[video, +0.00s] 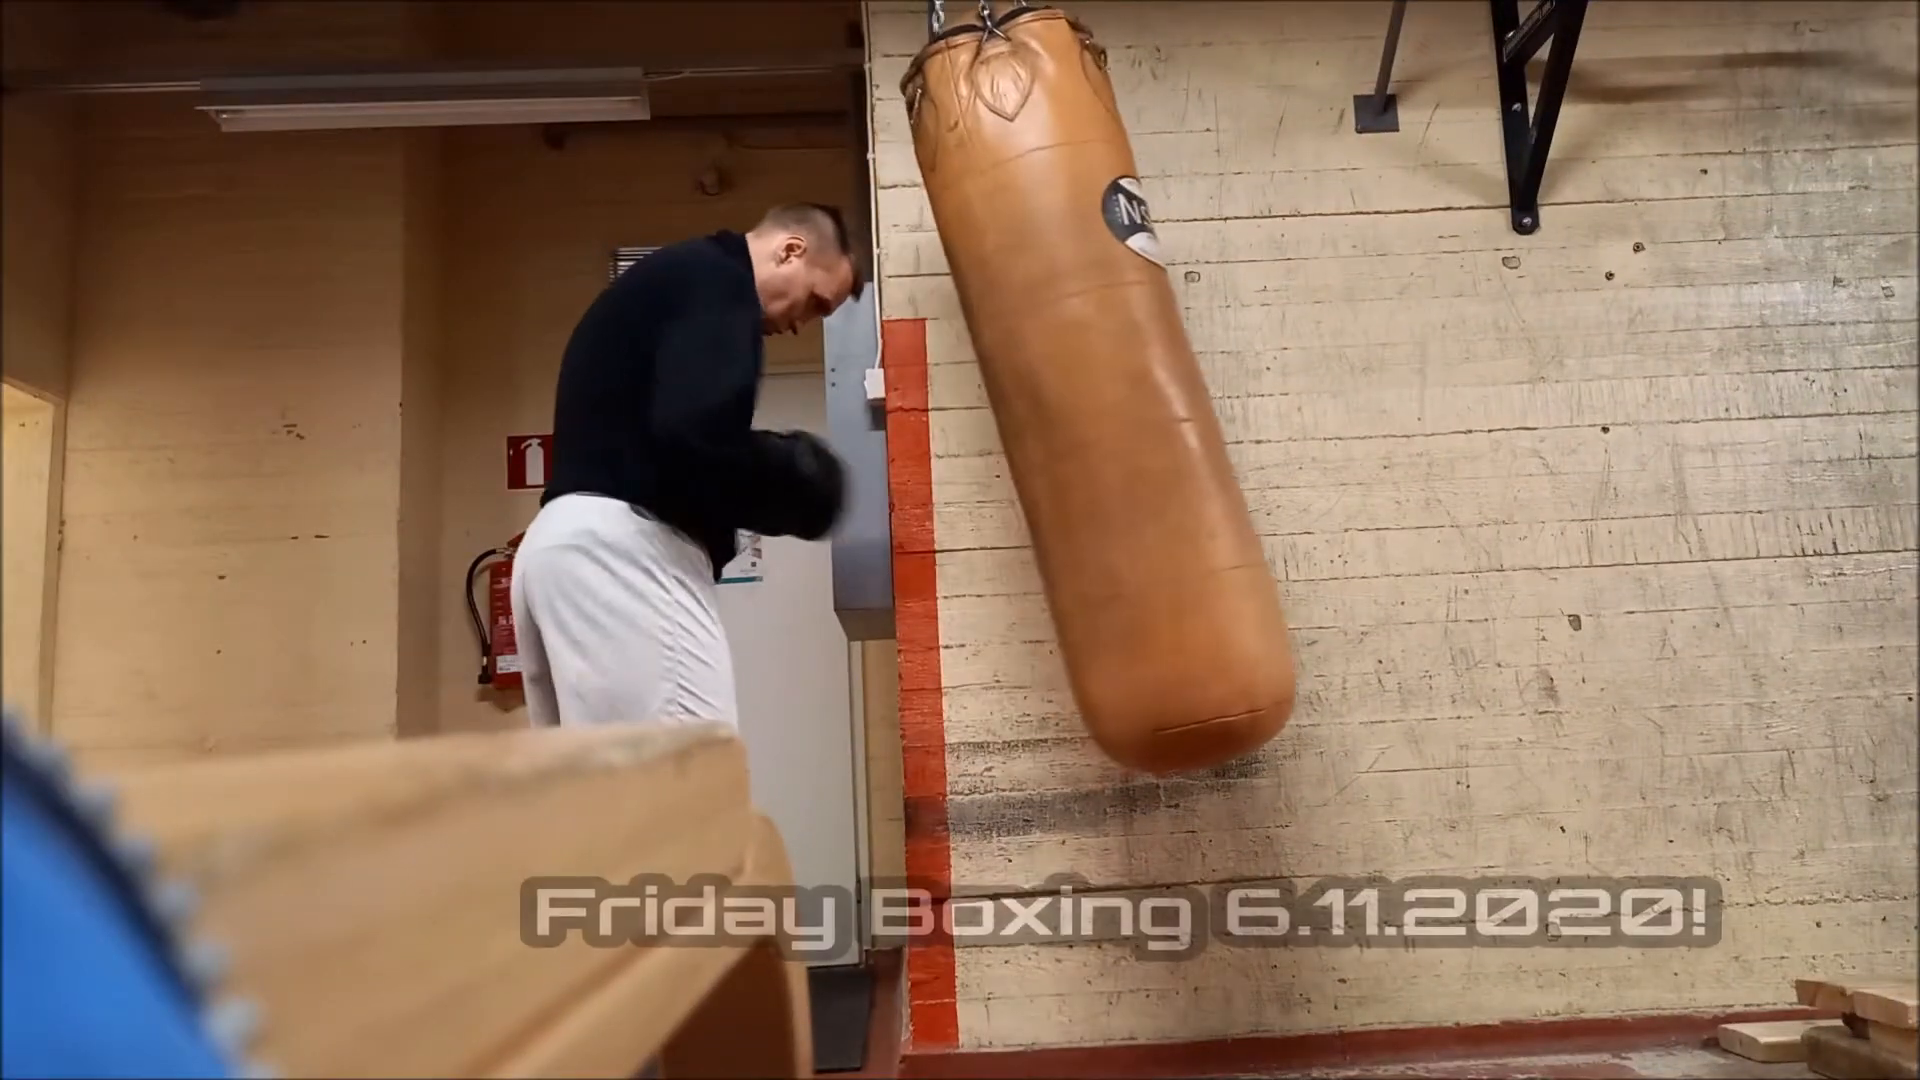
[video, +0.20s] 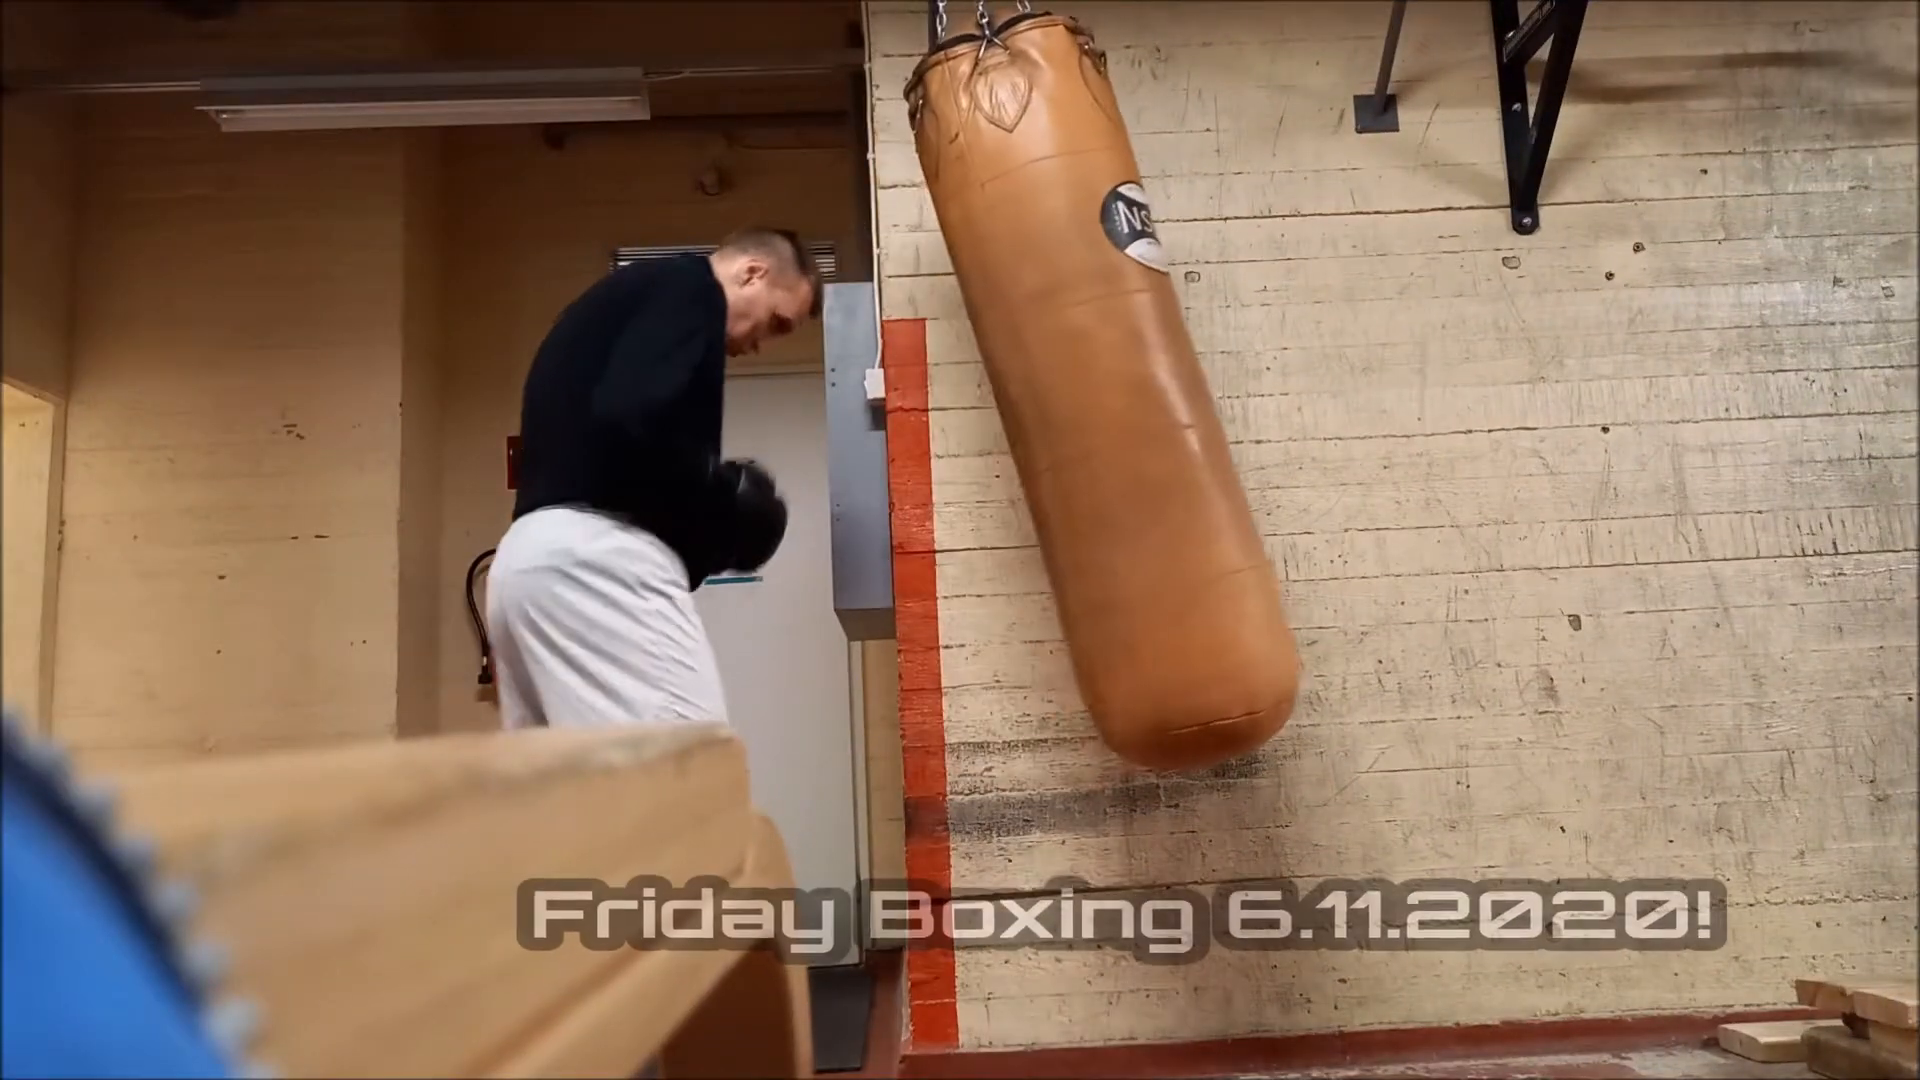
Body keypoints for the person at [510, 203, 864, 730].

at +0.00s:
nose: (800, 325)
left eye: (817, 315)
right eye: (814, 302)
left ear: (788, 248)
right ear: (791, 250)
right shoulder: (716, 281)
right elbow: (696, 444)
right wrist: (802, 473)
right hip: (620, 548)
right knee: (688, 801)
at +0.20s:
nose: (761, 344)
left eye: (777, 334)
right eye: (775, 322)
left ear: (751, 272)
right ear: (752, 274)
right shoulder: (688, 293)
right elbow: (637, 420)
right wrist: (723, 510)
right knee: (693, 788)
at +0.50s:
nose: (759, 336)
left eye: (774, 326)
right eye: (770, 312)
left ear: (741, 263)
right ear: (744, 263)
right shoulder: (631, 287)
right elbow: (598, 443)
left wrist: (703, 545)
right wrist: (713, 423)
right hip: (570, 569)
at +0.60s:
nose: (766, 346)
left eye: (782, 336)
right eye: (778, 324)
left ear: (751, 271)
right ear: (754, 272)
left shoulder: (690, 354)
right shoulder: (627, 290)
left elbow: (721, 514)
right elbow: (568, 448)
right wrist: (706, 463)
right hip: (571, 565)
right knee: (636, 809)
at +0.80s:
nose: (780, 358)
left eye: (797, 347)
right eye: (793, 338)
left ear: (770, 282)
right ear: (773, 286)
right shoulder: (700, 308)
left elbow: (684, 481)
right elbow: (695, 466)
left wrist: (803, 460)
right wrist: (820, 473)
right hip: (588, 563)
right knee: (653, 798)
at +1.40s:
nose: (772, 351)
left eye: (789, 341)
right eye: (786, 330)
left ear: (763, 278)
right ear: (764, 278)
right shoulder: (687, 299)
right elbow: (658, 436)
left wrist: (760, 458)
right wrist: (771, 455)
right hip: (577, 553)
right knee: (657, 791)